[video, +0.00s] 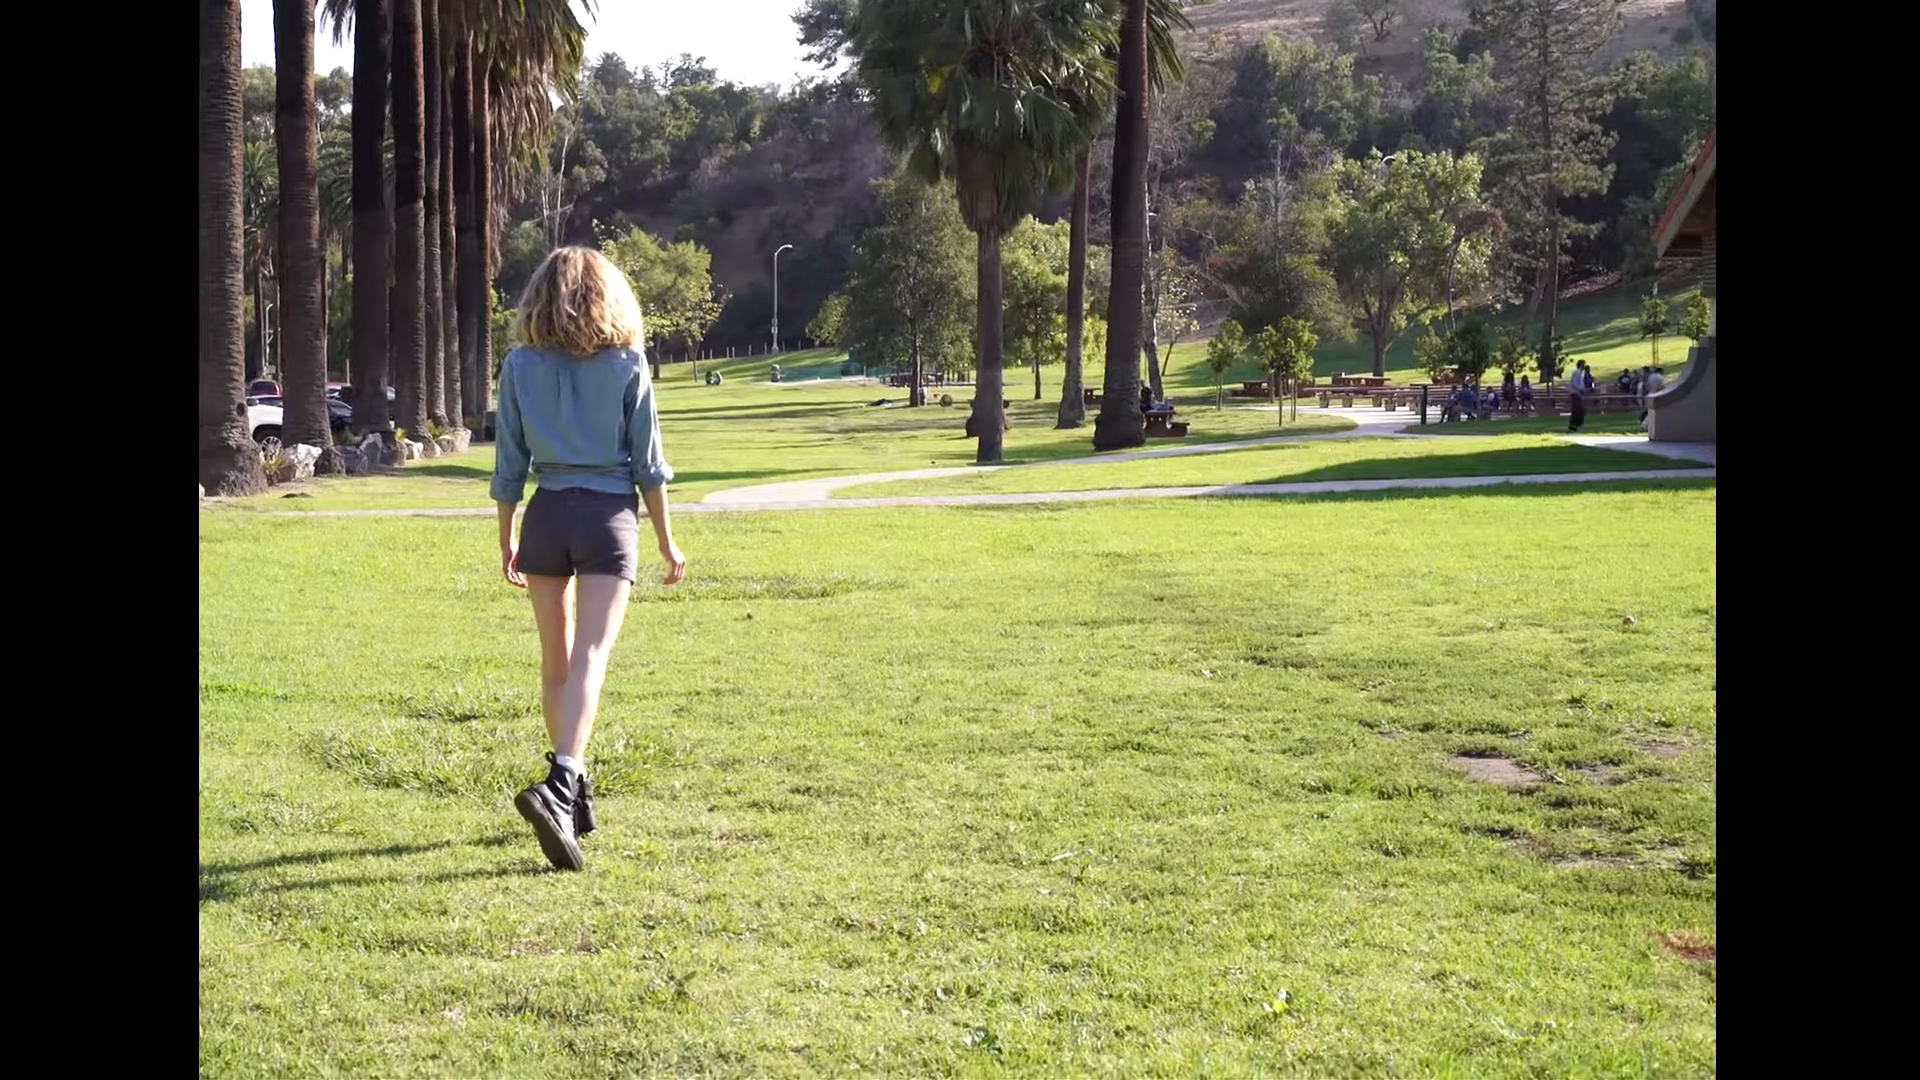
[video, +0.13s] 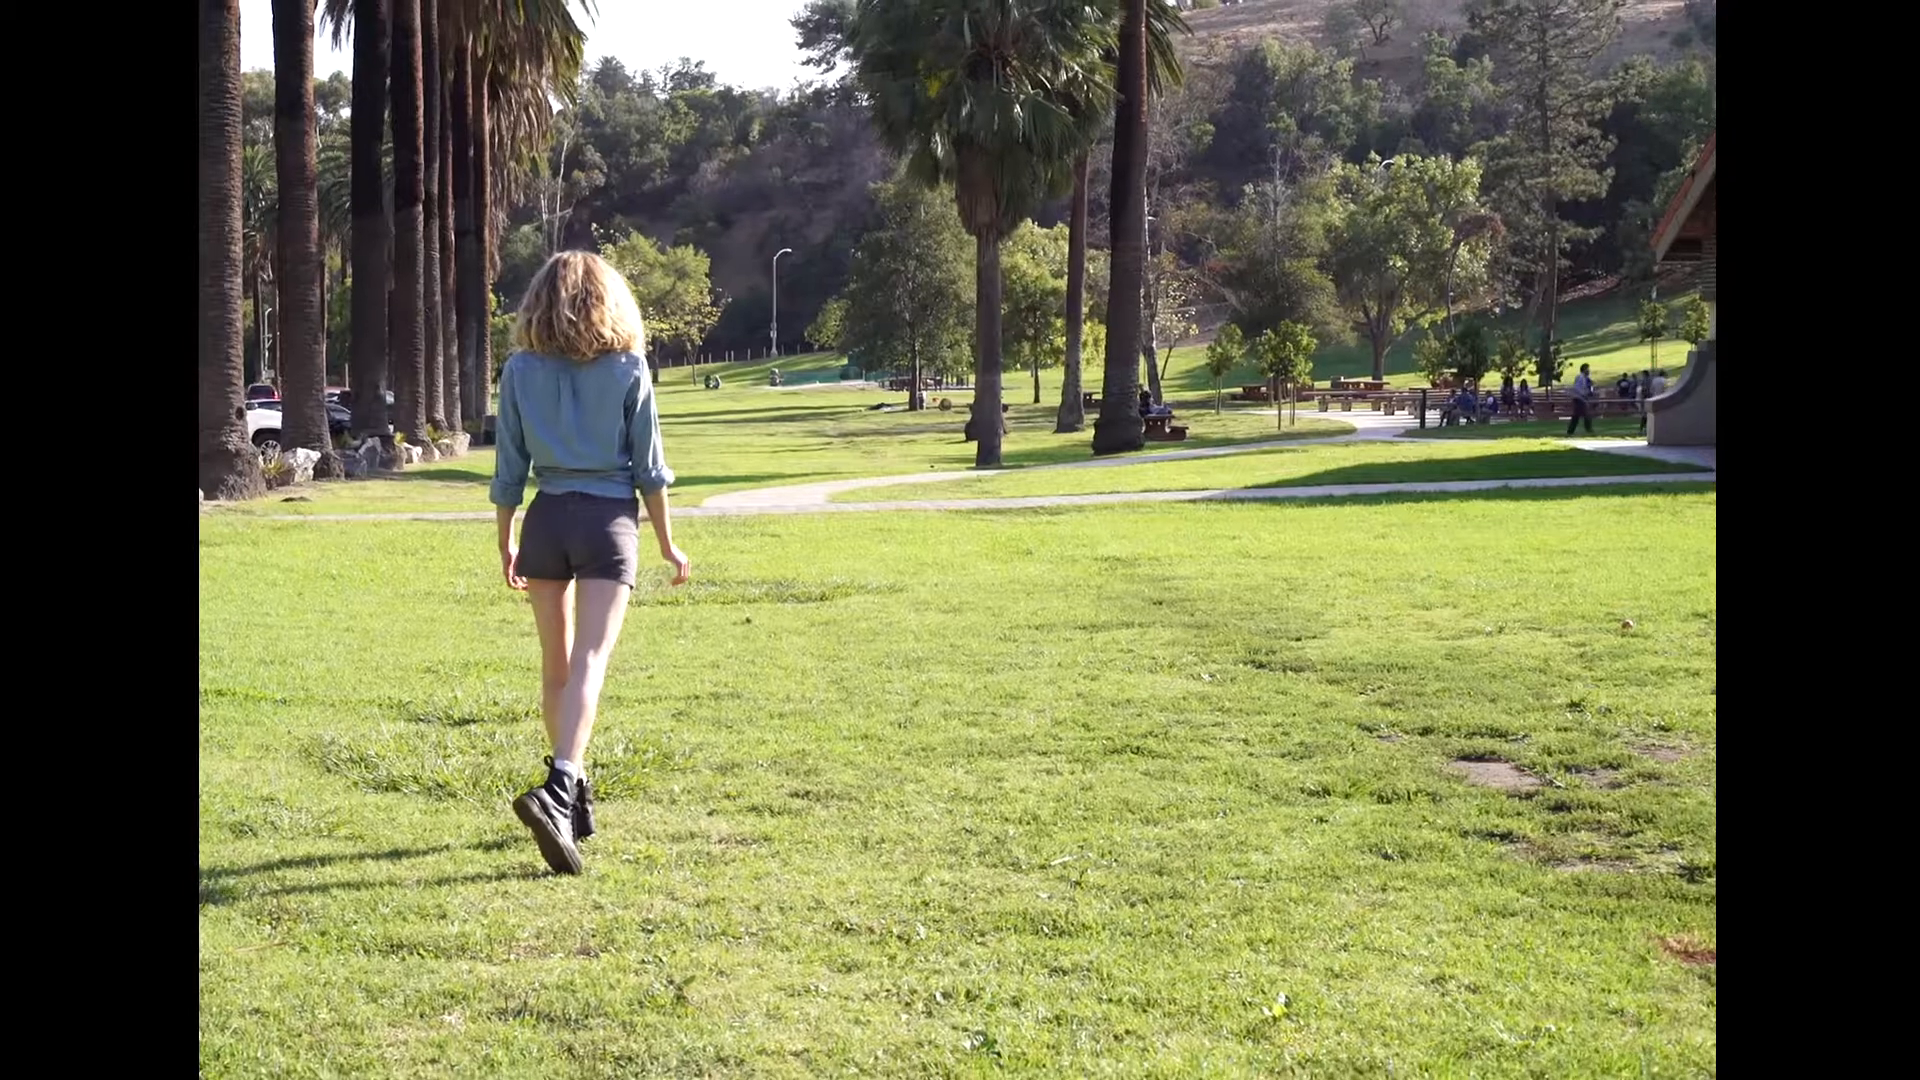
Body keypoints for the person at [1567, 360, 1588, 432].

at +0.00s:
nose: (1584, 366)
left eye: (1584, 364)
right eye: (1583, 364)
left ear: (1579, 365)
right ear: (1580, 365)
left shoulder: (1580, 373)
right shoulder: (1577, 373)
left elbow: (1579, 382)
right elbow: (1574, 383)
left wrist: (1582, 388)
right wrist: (1580, 388)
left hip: (1578, 394)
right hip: (1575, 394)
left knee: (1577, 411)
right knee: (1577, 411)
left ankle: (1574, 426)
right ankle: (1573, 426)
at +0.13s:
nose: (1588, 371)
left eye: (1588, 369)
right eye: (1587, 369)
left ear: (1584, 369)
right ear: (1583, 370)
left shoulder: (1586, 379)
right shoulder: (1580, 378)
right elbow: (1577, 388)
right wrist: (1585, 393)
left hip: (1582, 398)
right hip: (1578, 398)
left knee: (1576, 416)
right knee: (1587, 415)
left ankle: (1570, 431)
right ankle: (1589, 430)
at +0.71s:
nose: (1613, 371)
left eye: (1613, 369)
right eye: (1612, 369)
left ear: (1608, 369)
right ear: (1608, 369)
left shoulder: (1608, 377)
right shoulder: (1603, 378)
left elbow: (1612, 381)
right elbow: (1602, 388)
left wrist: (1614, 373)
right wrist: (1601, 397)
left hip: (1607, 399)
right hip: (1603, 399)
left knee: (1604, 416)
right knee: (1604, 417)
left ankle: (1601, 432)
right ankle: (1601, 433)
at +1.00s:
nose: (1624, 372)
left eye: (1623, 370)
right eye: (1622, 370)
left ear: (1618, 371)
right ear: (1619, 371)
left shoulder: (1618, 379)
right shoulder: (1614, 379)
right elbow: (1611, 390)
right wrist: (1612, 399)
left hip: (1616, 400)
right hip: (1612, 401)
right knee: (1606, 417)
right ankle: (1601, 433)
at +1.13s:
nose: (1629, 373)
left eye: (1629, 371)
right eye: (1628, 371)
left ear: (1623, 371)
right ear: (1625, 371)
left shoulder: (1622, 380)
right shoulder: (1621, 380)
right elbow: (1620, 391)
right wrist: (1622, 399)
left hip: (1617, 400)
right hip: (1619, 400)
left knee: (1610, 416)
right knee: (1625, 416)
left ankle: (1602, 432)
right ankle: (1631, 432)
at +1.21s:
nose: (1633, 372)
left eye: (1633, 371)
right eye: (1632, 370)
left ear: (1628, 370)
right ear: (1629, 371)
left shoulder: (1628, 379)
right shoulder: (1624, 379)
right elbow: (1622, 390)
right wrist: (1626, 399)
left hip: (1625, 400)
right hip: (1622, 400)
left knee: (1616, 416)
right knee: (1630, 416)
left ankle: (1605, 431)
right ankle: (1631, 433)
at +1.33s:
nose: (1637, 371)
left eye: (1637, 369)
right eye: (1636, 369)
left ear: (1632, 369)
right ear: (1633, 369)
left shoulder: (1629, 376)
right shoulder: (1629, 377)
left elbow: (1620, 385)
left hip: (1627, 399)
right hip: (1627, 399)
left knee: (1627, 415)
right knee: (1630, 416)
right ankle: (1632, 433)